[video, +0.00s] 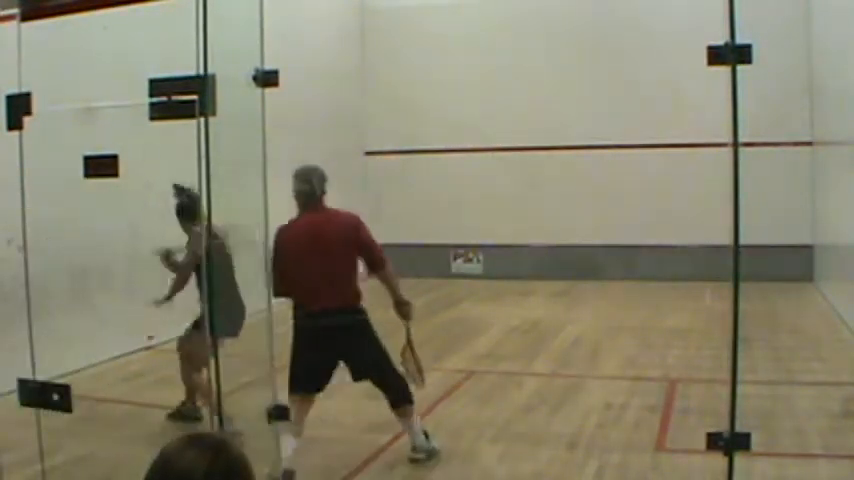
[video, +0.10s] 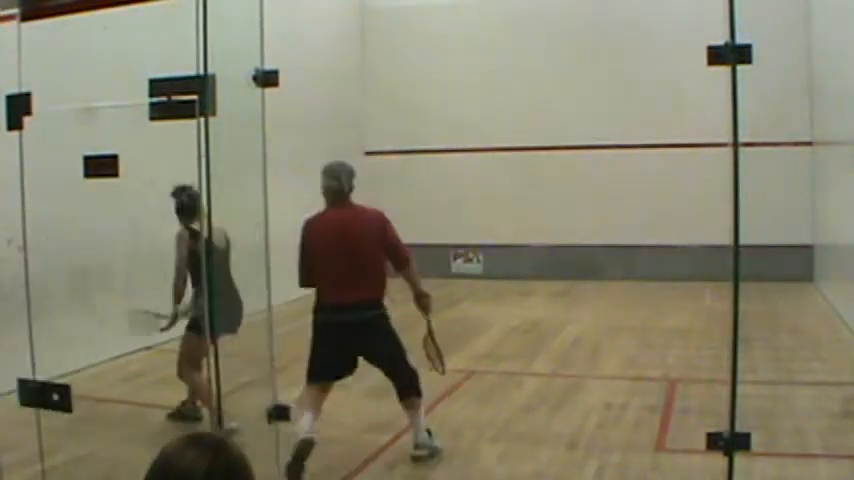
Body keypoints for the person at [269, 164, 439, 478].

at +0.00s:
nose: (300, 195)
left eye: (298, 191)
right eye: (311, 188)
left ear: (295, 194)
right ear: (324, 191)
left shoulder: (285, 234)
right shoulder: (348, 223)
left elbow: (280, 288)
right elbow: (379, 264)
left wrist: (314, 287)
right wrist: (398, 299)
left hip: (310, 326)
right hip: (350, 322)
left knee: (301, 392)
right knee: (390, 380)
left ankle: (288, 461)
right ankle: (418, 442)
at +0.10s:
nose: (326, 190)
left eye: (326, 186)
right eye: (333, 185)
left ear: (324, 188)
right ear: (352, 186)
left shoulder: (313, 226)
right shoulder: (375, 220)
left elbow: (307, 279)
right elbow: (402, 261)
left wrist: (340, 271)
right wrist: (419, 291)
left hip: (329, 322)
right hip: (371, 320)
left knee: (319, 380)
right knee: (404, 376)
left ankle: (305, 432)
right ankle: (420, 439)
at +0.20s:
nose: (357, 185)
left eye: (349, 180)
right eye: (362, 179)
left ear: (342, 184)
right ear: (369, 183)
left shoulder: (327, 219)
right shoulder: (389, 217)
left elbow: (317, 267)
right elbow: (415, 258)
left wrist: (348, 268)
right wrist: (426, 288)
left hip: (337, 311)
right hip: (379, 309)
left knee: (323, 365)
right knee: (412, 360)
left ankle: (319, 425)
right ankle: (426, 417)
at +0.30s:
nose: (369, 191)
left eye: (366, 186)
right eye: (372, 186)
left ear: (354, 191)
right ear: (381, 190)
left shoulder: (339, 226)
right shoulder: (398, 226)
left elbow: (327, 272)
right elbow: (423, 266)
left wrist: (358, 271)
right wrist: (430, 294)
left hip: (347, 318)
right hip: (388, 317)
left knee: (326, 363)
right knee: (419, 363)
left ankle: (315, 426)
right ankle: (449, 420)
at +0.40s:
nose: (374, 207)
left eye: (369, 202)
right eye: (384, 202)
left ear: (364, 205)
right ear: (390, 206)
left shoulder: (348, 238)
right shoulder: (406, 240)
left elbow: (335, 284)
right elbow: (432, 277)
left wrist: (363, 290)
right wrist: (434, 307)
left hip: (350, 329)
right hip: (391, 328)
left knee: (331, 371)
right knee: (432, 370)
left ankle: (312, 428)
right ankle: (451, 422)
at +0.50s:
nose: (372, 213)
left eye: (370, 208)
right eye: (383, 209)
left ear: (366, 212)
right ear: (391, 212)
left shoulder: (350, 243)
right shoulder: (407, 247)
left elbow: (334, 286)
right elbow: (428, 284)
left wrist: (358, 300)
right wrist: (430, 317)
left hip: (350, 327)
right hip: (389, 328)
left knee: (331, 360)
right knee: (425, 372)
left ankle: (315, 410)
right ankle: (449, 421)